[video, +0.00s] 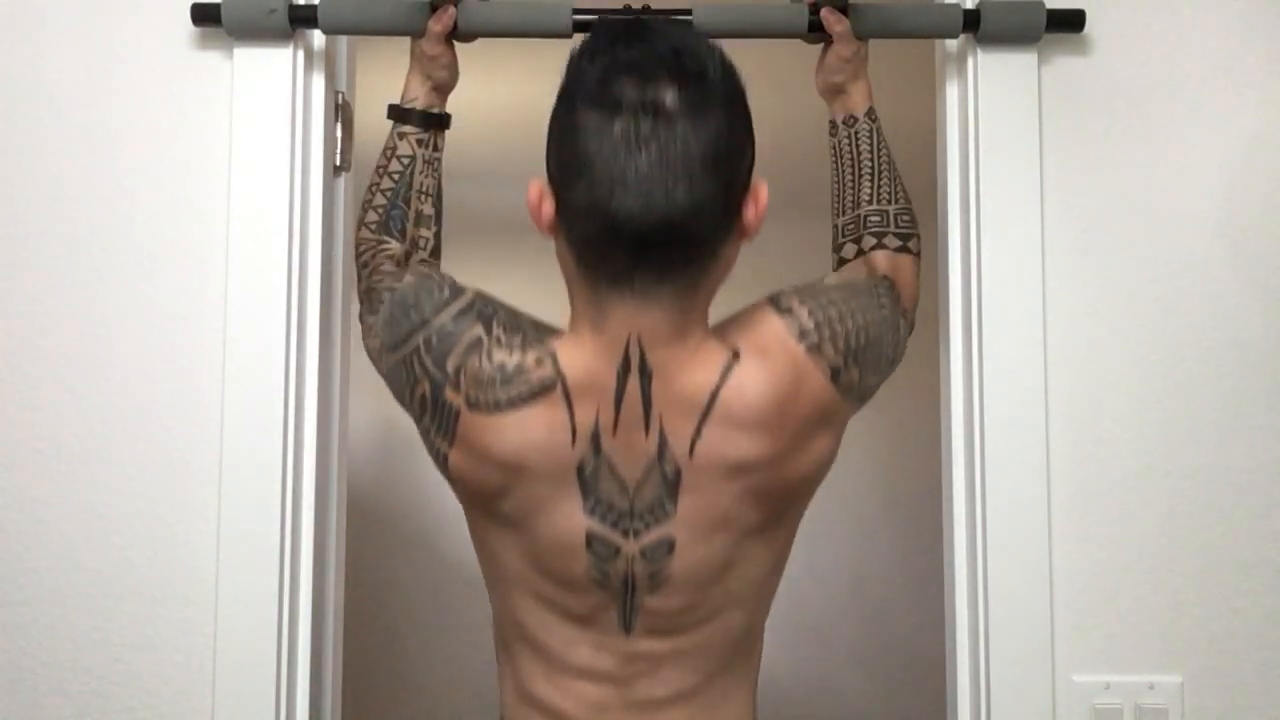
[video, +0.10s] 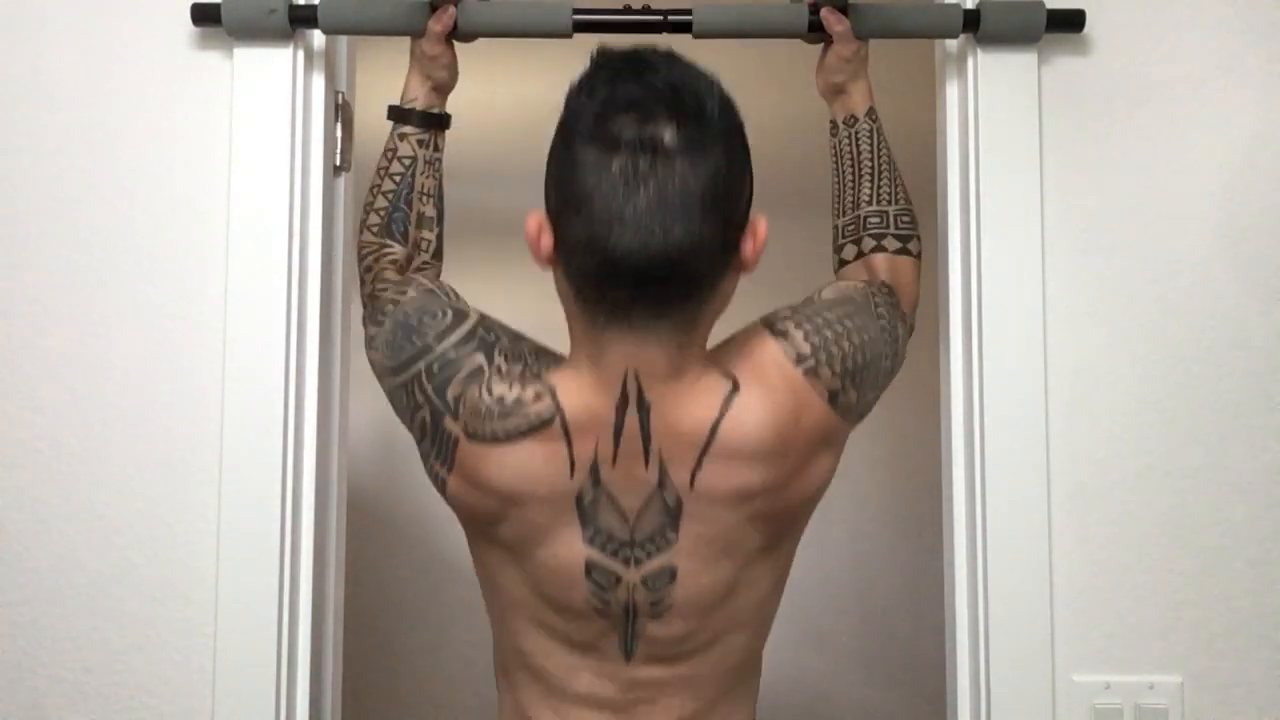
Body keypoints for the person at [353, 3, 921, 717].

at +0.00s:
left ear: (543, 209)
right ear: (752, 211)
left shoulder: (484, 389)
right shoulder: (791, 379)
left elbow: (388, 259)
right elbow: (888, 263)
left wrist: (423, 92)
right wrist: (850, 96)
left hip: (537, 710)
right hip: (720, 710)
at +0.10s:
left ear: (542, 243)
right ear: (750, 247)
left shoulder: (489, 417)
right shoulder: (784, 408)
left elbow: (392, 264)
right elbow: (885, 269)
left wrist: (423, 90)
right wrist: (851, 97)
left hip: (533, 711)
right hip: (722, 712)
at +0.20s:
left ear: (539, 270)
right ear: (748, 275)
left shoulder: (491, 440)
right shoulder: (782, 428)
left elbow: (400, 271)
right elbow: (883, 272)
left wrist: (424, 92)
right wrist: (851, 97)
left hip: (531, 713)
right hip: (724, 714)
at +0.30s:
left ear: (539, 295)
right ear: (746, 297)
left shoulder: (493, 458)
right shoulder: (780, 441)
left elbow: (403, 278)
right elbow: (877, 281)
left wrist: (425, 93)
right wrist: (849, 97)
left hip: (532, 714)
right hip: (722, 714)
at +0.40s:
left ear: (540, 301)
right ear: (746, 305)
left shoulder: (494, 459)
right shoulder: (781, 437)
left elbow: (402, 278)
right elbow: (877, 281)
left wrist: (426, 93)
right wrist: (849, 99)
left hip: (530, 714)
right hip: (724, 714)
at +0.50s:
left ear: (538, 266)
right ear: (748, 273)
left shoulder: (488, 432)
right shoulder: (785, 413)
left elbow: (397, 267)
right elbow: (880, 273)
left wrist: (425, 94)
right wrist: (849, 98)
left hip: (529, 713)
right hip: (720, 714)